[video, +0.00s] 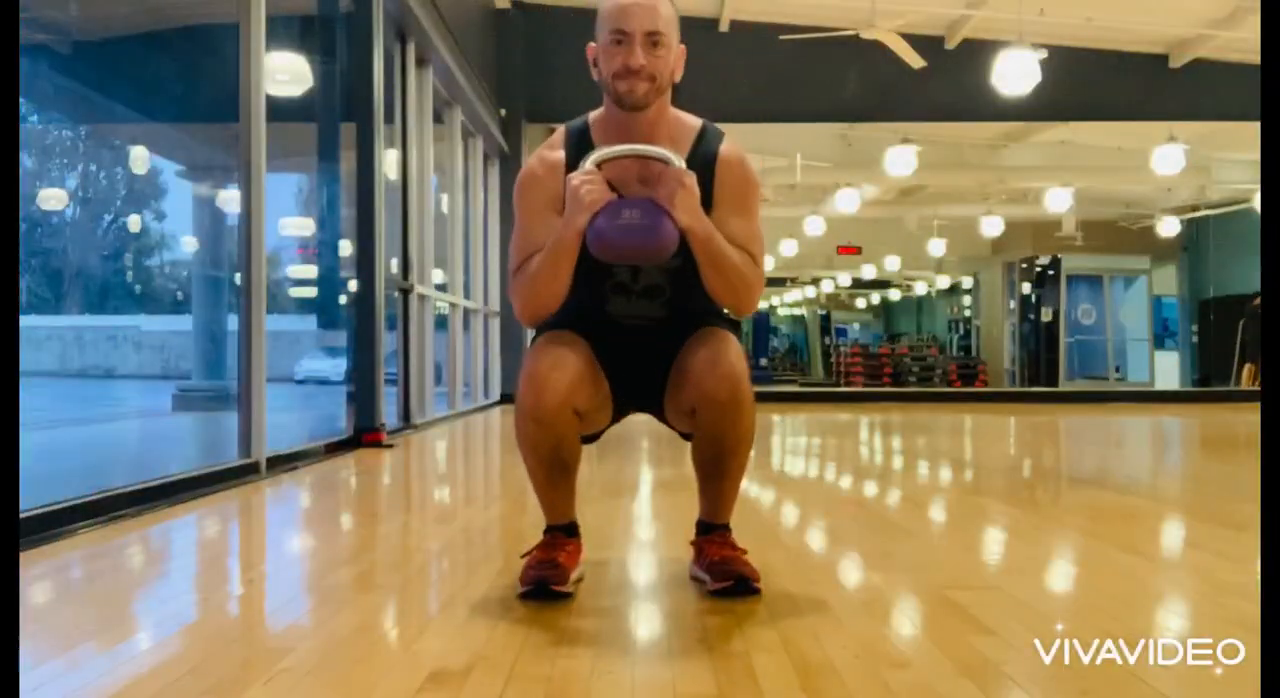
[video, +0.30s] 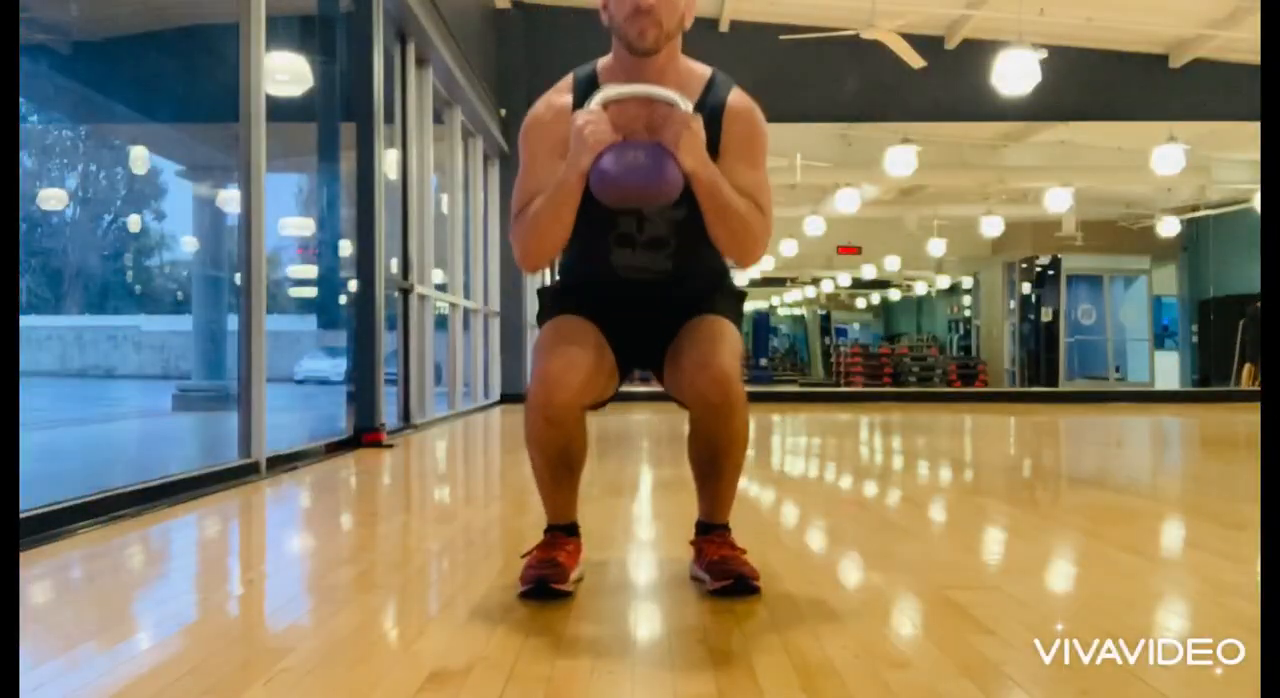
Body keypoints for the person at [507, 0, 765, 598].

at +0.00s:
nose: (635, 56)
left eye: (654, 42)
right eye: (618, 40)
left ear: (679, 59)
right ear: (593, 57)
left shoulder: (721, 159)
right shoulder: (549, 166)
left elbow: (744, 297)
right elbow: (530, 308)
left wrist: (694, 216)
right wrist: (571, 221)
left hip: (685, 353)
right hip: (587, 353)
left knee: (725, 372)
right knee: (543, 379)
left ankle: (716, 538)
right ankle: (558, 538)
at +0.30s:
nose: (643, 2)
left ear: (688, 9)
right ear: (604, 7)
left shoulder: (732, 110)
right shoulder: (556, 110)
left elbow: (748, 247)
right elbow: (529, 252)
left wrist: (697, 158)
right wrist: (576, 165)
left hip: (693, 298)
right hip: (590, 297)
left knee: (718, 380)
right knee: (553, 386)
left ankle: (715, 538)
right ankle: (559, 537)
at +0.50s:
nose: (663, 3)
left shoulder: (751, 22)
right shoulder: (571, 20)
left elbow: (766, 158)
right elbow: (542, 160)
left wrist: (714, 59)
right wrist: (596, 60)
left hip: (701, 236)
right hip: (597, 233)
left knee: (721, 378)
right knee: (556, 383)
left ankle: (714, 537)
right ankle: (559, 535)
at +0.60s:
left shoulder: (763, 1)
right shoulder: (577, 2)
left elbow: (780, 108)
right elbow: (556, 114)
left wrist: (726, 14)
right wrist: (604, 14)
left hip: (709, 205)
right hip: (601, 202)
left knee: (726, 377)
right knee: (566, 366)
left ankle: (715, 537)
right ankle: (562, 528)